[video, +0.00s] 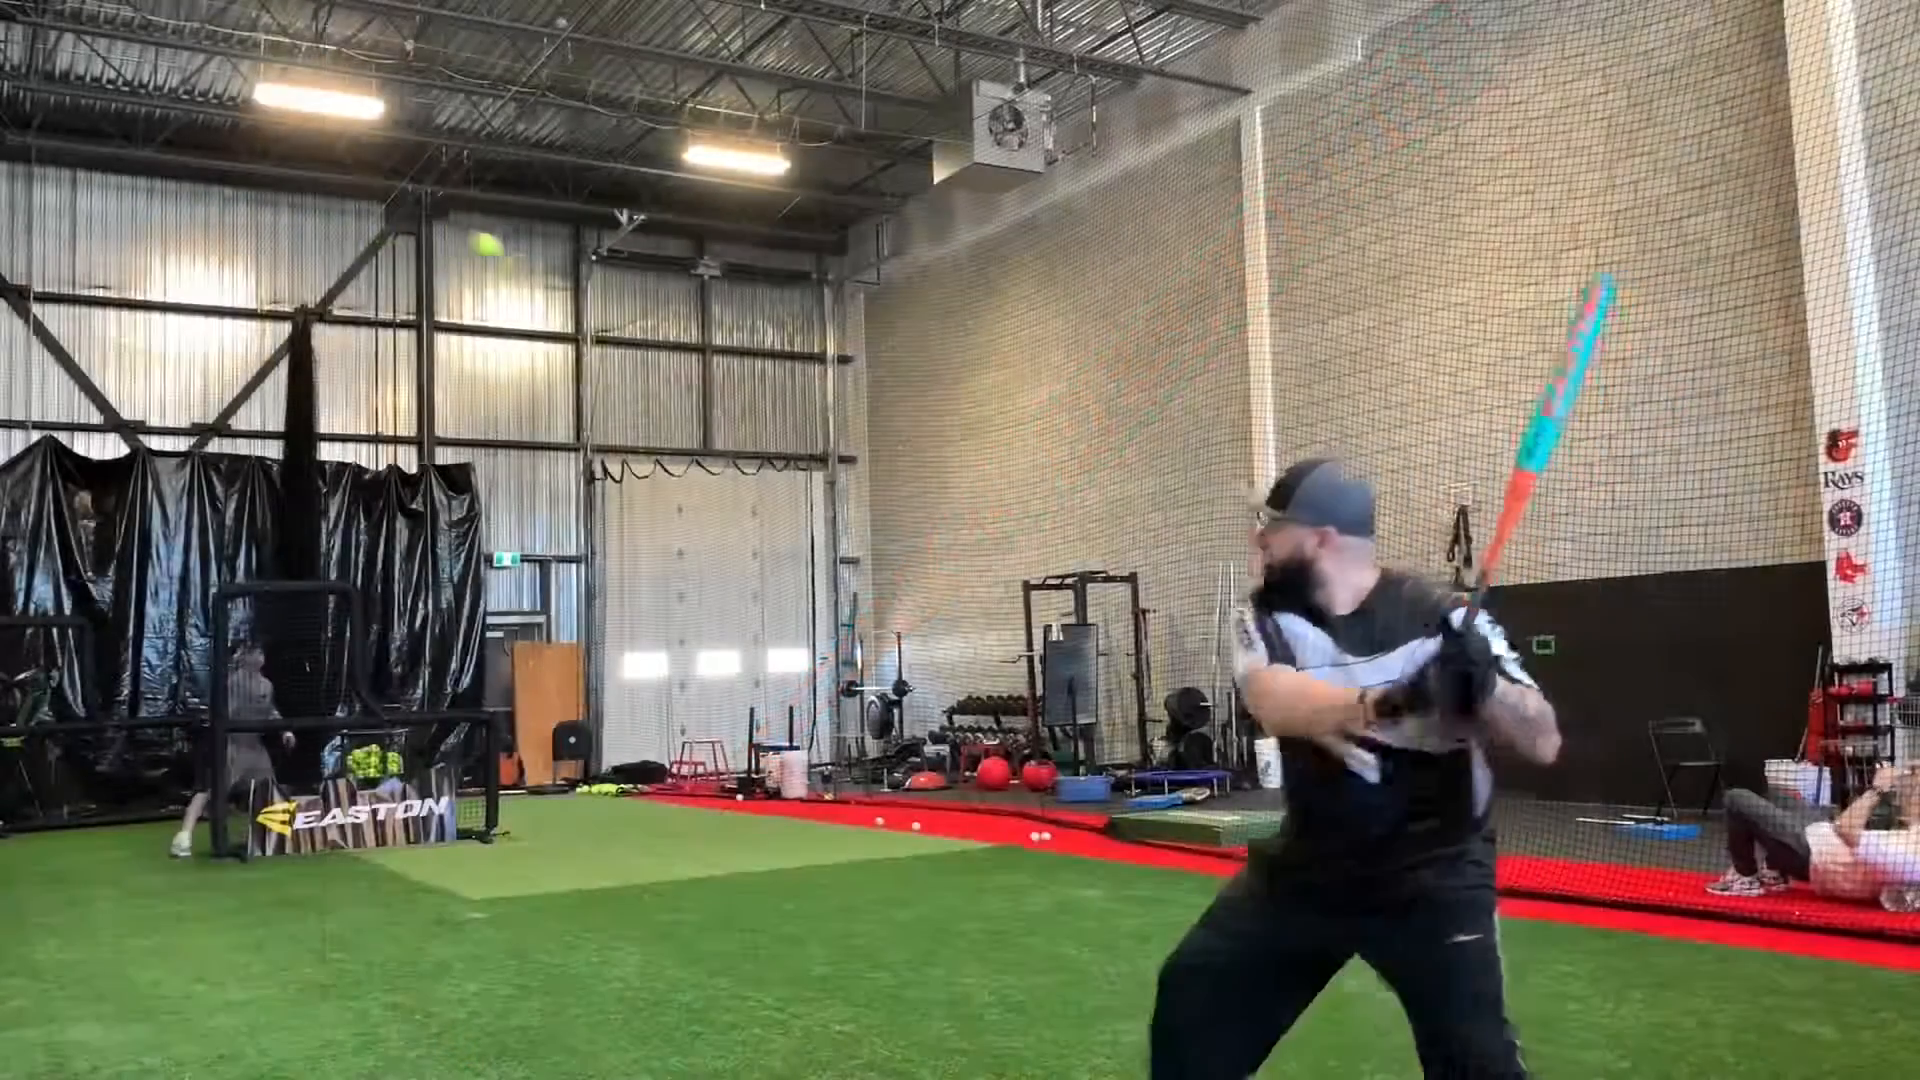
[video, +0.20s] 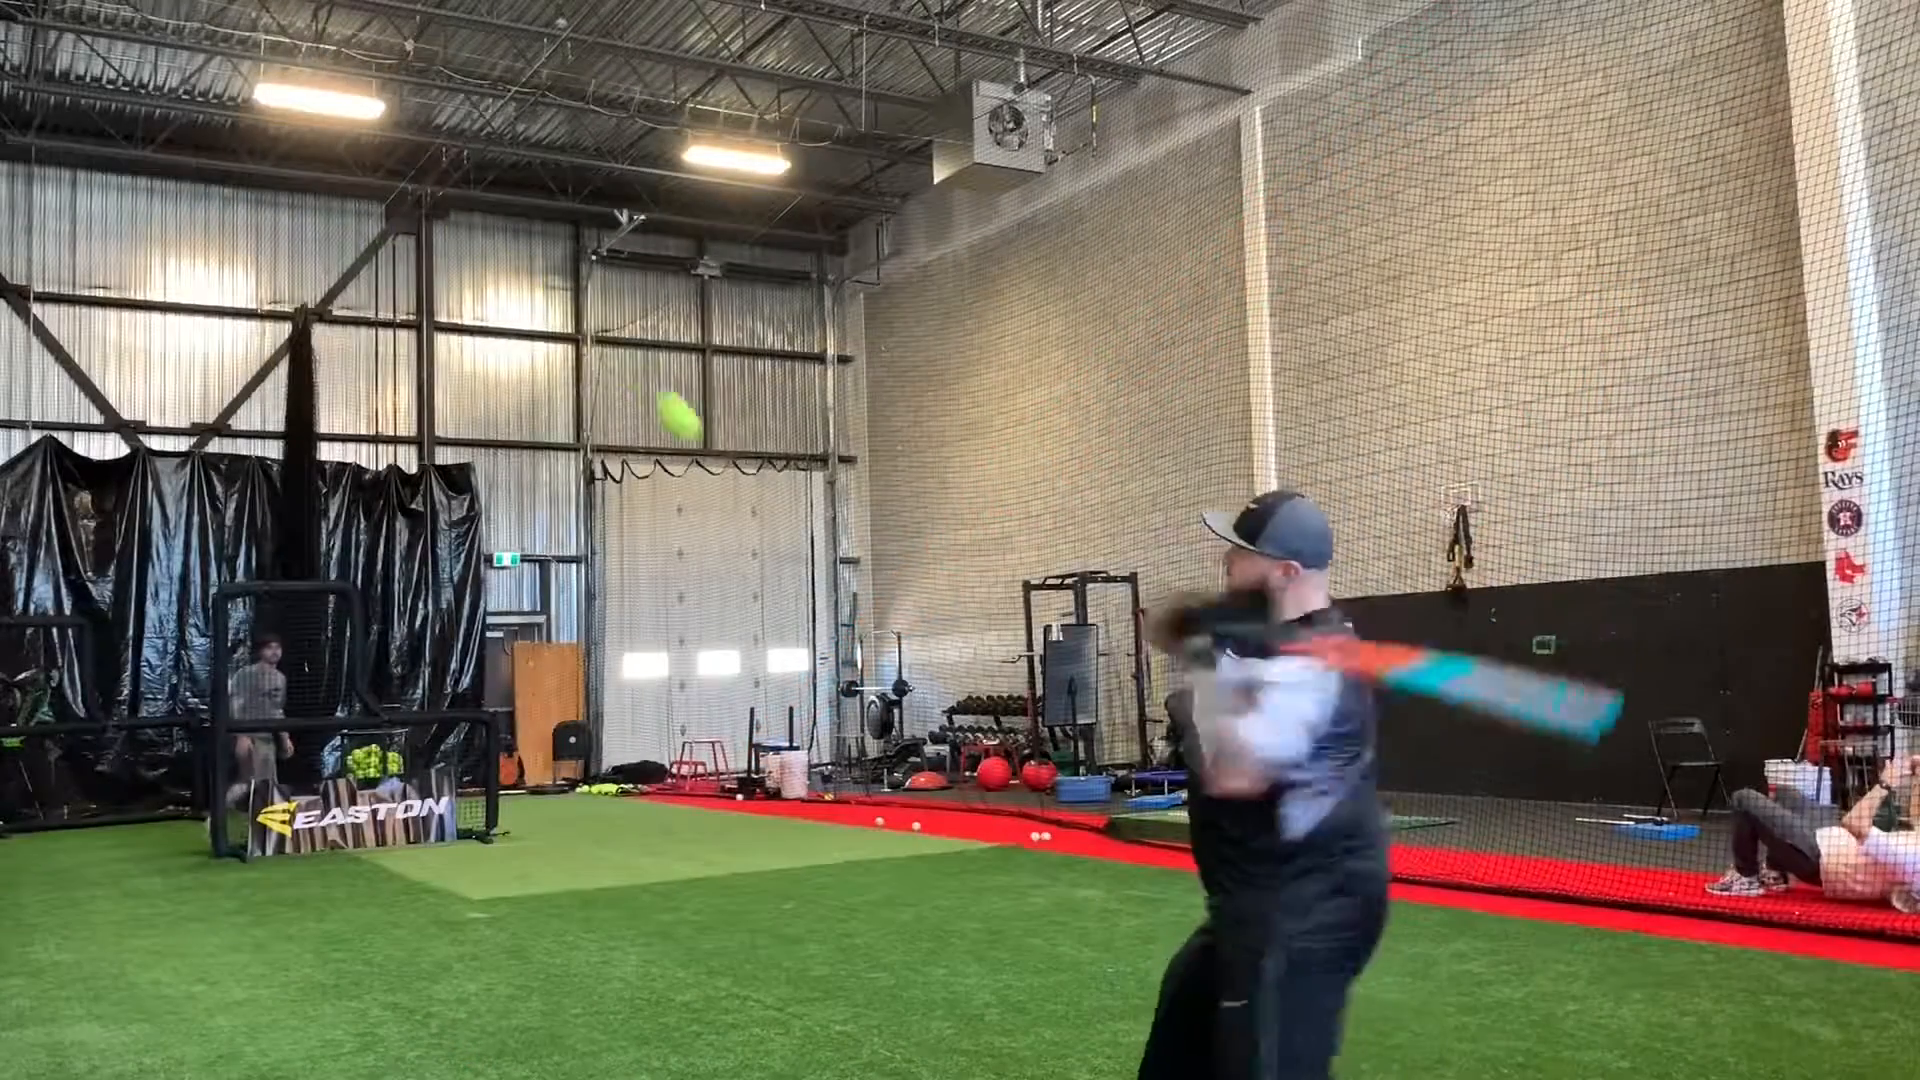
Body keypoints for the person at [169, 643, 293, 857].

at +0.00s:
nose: (262, 659)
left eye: (262, 654)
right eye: (258, 654)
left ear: (258, 658)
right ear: (245, 657)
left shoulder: (265, 685)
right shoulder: (229, 681)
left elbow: (269, 711)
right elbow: (217, 710)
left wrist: (284, 729)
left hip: (252, 743)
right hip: (230, 742)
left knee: (268, 788)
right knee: (206, 790)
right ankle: (184, 836)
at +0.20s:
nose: (275, 652)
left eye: (278, 648)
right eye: (270, 648)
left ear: (281, 652)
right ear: (260, 651)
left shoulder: (280, 678)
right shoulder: (244, 674)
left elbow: (277, 710)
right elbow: (237, 706)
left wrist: (284, 736)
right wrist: (241, 735)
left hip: (268, 735)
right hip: (247, 732)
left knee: (268, 780)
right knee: (249, 780)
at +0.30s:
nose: (280, 651)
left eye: (283, 647)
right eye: (275, 647)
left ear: (286, 651)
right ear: (266, 651)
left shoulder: (284, 677)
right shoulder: (254, 673)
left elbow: (281, 707)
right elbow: (244, 704)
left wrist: (281, 733)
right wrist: (249, 733)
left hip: (276, 732)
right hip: (258, 732)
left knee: (274, 778)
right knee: (264, 779)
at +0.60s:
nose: (283, 656)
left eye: (286, 652)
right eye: (280, 652)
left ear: (288, 654)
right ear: (270, 652)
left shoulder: (282, 674)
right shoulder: (262, 672)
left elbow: (288, 705)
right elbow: (260, 705)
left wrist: (293, 728)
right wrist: (278, 729)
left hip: (282, 734)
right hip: (266, 733)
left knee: (289, 777)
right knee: (272, 778)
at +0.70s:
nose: (288, 657)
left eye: (289, 653)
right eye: (285, 653)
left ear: (278, 653)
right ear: (273, 652)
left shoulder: (279, 674)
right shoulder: (265, 673)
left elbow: (283, 703)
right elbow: (266, 706)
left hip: (283, 733)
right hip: (268, 733)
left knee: (297, 776)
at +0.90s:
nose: (297, 661)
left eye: (298, 657)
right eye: (294, 657)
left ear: (283, 655)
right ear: (282, 655)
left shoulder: (282, 673)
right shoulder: (274, 675)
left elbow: (288, 700)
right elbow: (284, 708)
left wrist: (308, 699)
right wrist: (317, 711)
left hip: (287, 731)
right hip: (276, 734)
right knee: (289, 780)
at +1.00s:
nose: (308, 662)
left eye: (309, 658)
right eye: (306, 657)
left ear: (295, 653)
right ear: (296, 653)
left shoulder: (291, 671)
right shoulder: (283, 674)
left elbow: (297, 698)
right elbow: (298, 706)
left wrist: (317, 700)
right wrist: (334, 714)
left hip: (288, 733)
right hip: (278, 736)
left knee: (298, 780)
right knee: (289, 782)